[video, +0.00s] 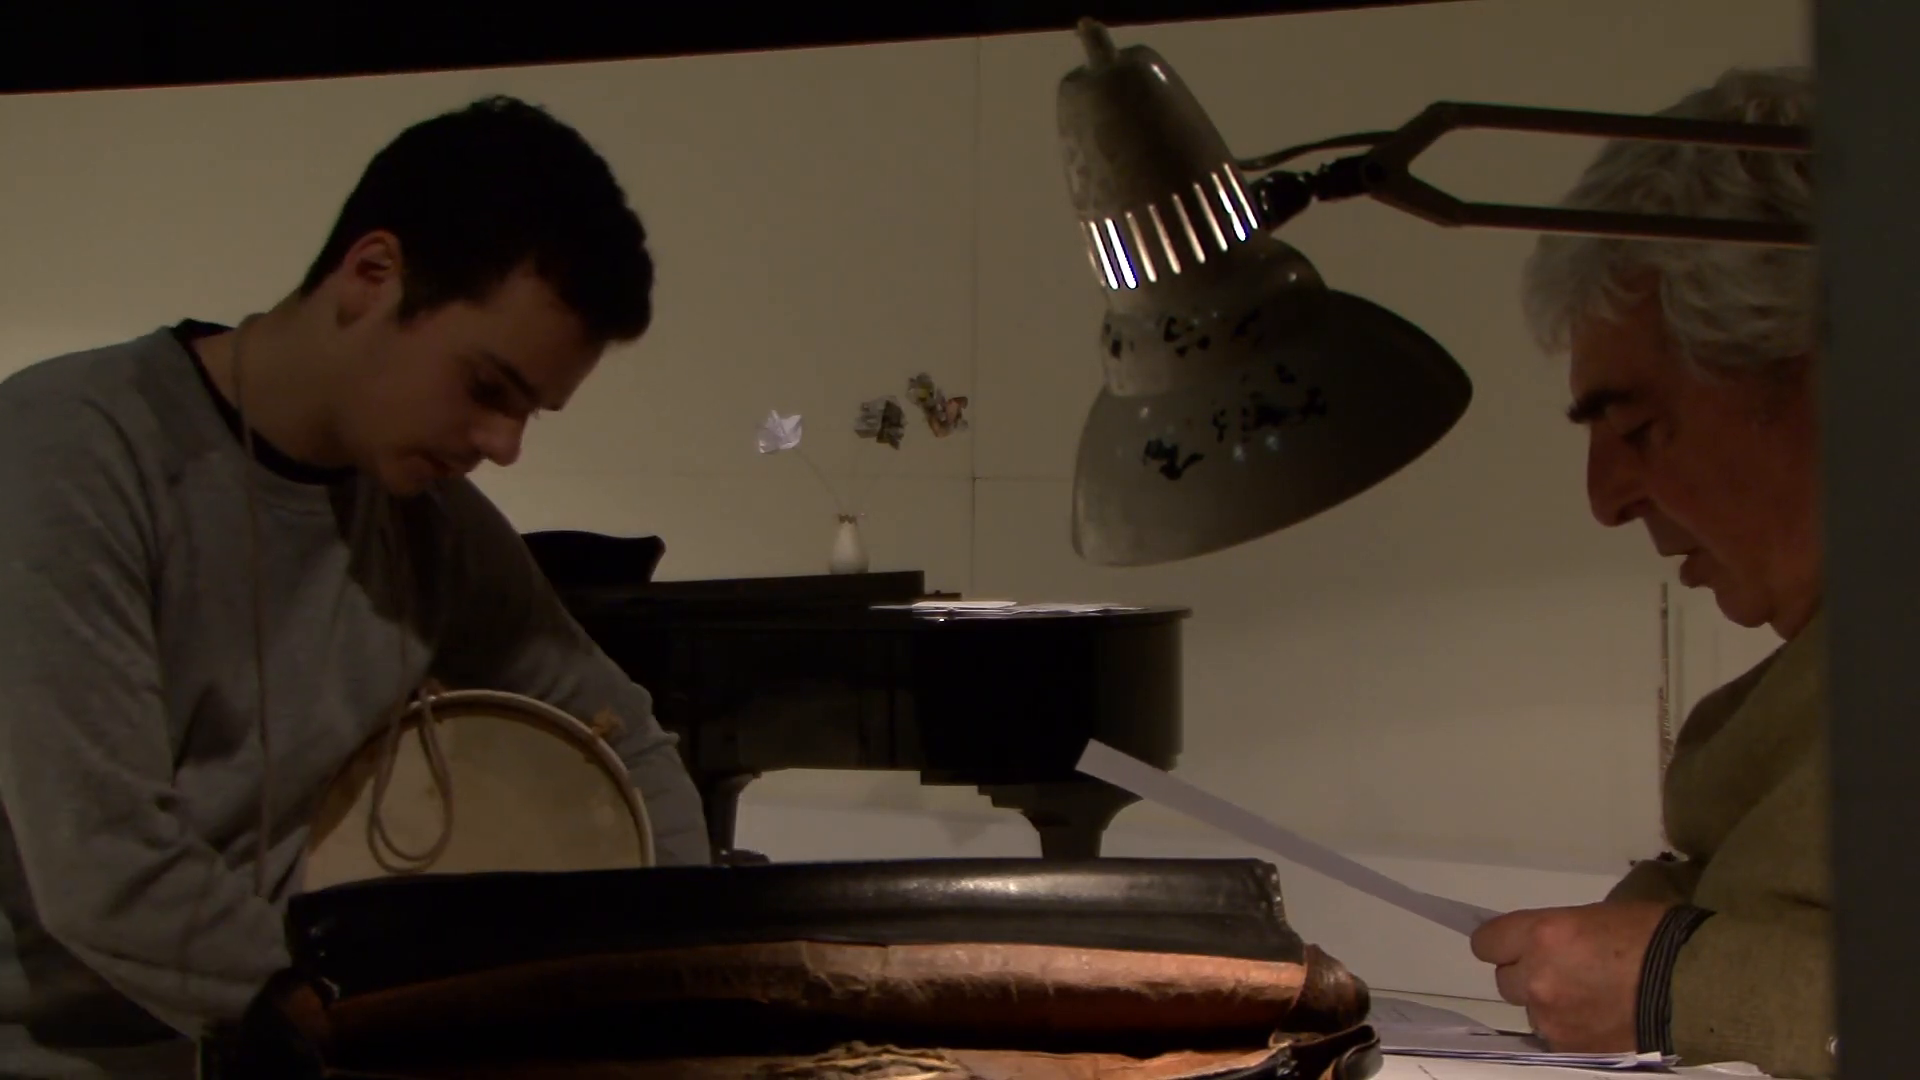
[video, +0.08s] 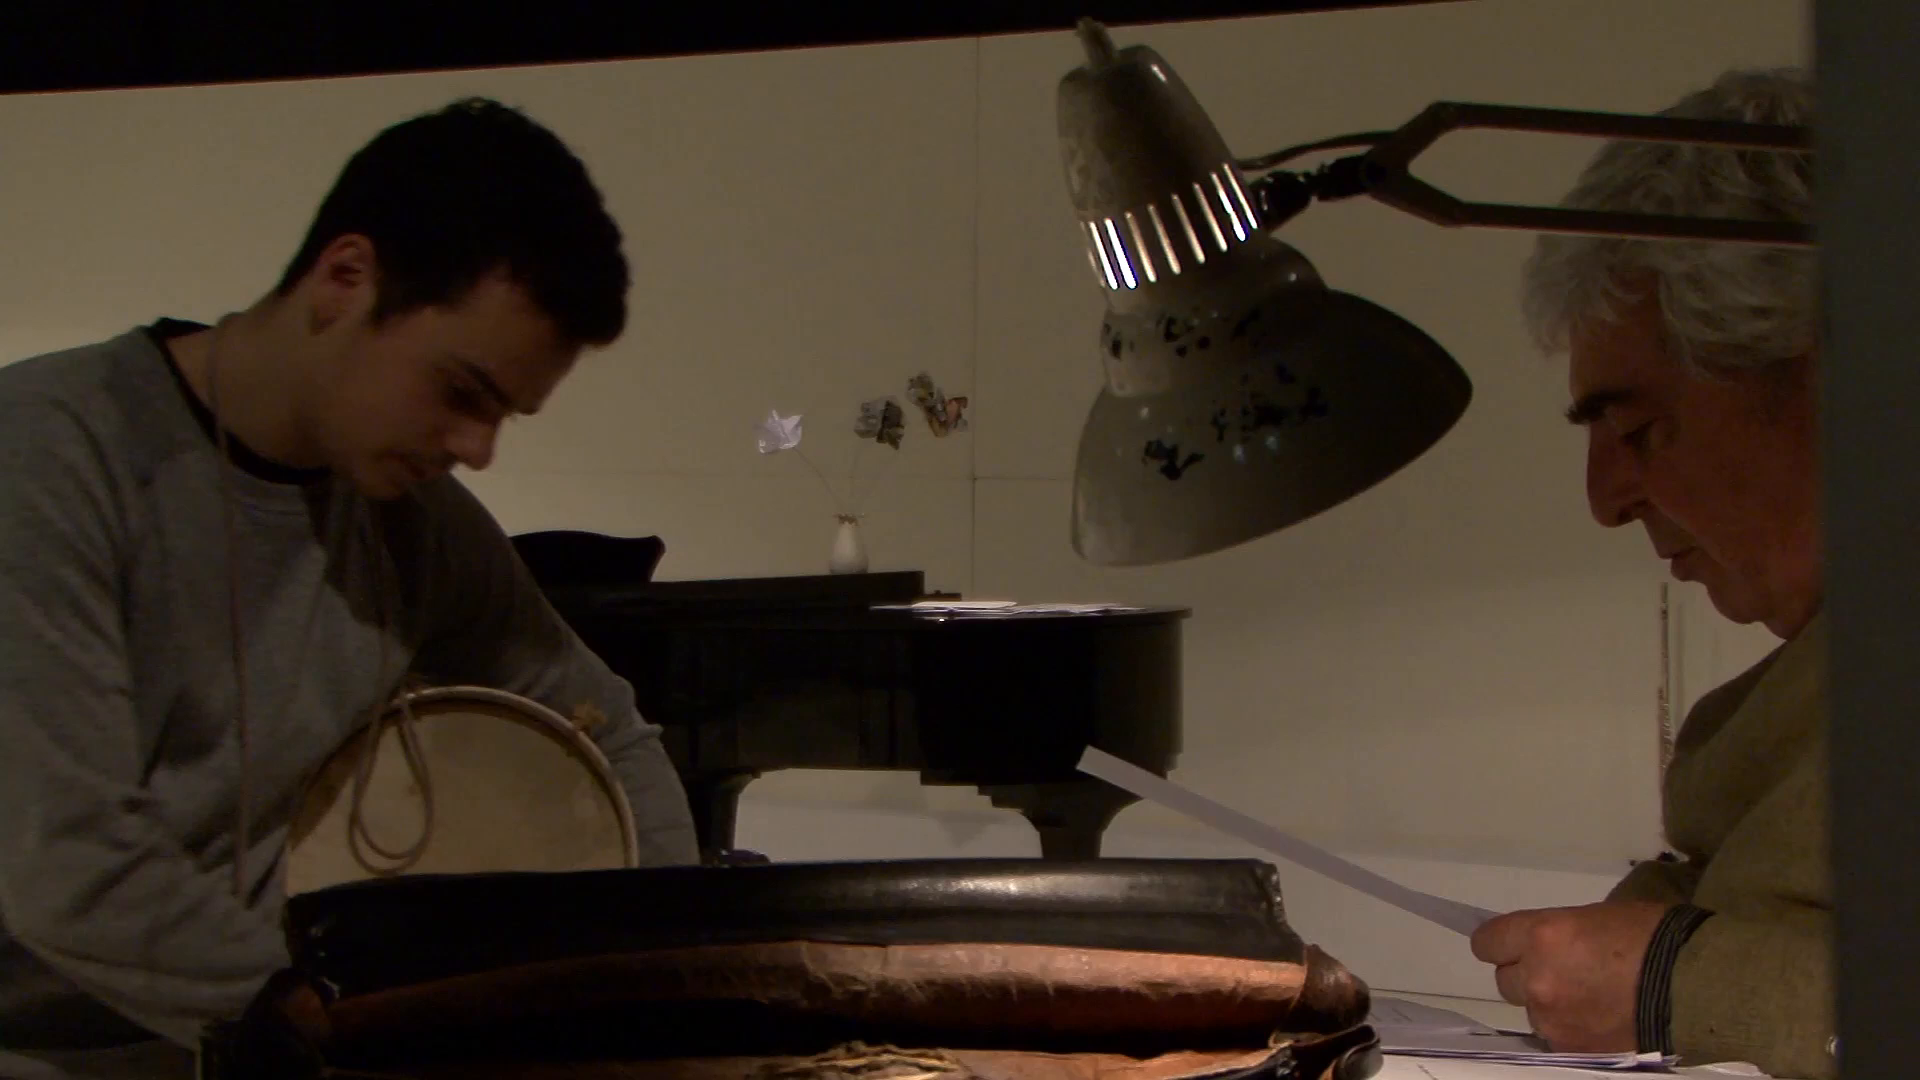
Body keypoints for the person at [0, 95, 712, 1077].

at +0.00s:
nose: (503, 448)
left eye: (527, 415)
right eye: (490, 391)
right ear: (368, 278)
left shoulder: (431, 516)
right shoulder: (56, 449)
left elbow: (623, 741)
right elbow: (102, 872)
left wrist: (672, 952)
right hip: (54, 1041)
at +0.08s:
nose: (477, 452)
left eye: (503, 417)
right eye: (465, 395)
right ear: (343, 281)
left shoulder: (414, 511)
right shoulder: (36, 450)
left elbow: (607, 736)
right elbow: (58, 867)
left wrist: (660, 949)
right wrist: (324, 1008)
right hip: (41, 1042)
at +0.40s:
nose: (262, 478)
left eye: (292, 439)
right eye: (235, 422)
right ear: (111, 307)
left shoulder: (282, 518)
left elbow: (469, 684)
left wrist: (543, 928)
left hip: (217, 1038)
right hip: (28, 1051)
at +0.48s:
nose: (205, 483)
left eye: (239, 444)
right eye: (173, 429)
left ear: (276, 401)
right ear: (48, 312)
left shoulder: (240, 505)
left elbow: (411, 650)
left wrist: (543, 868)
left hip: (134, 1047)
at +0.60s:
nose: (139, 481)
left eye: (179, 443)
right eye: (101, 428)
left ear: (214, 393)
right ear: (1, 335)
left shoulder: (196, 481)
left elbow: (360, 607)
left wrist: (525, 756)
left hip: (102, 1038)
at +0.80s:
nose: (148, 447)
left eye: (188, 404)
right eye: (107, 395)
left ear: (215, 357)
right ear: (8, 316)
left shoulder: (196, 473)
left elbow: (365, 623)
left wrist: (574, 750)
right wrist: (19, 984)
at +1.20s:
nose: (485, 459)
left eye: (513, 417)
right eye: (457, 405)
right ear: (319, 289)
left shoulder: (471, 498)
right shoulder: (33, 475)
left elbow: (570, 776)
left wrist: (753, 913)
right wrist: (221, 914)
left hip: (366, 1051)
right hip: (69, 1059)